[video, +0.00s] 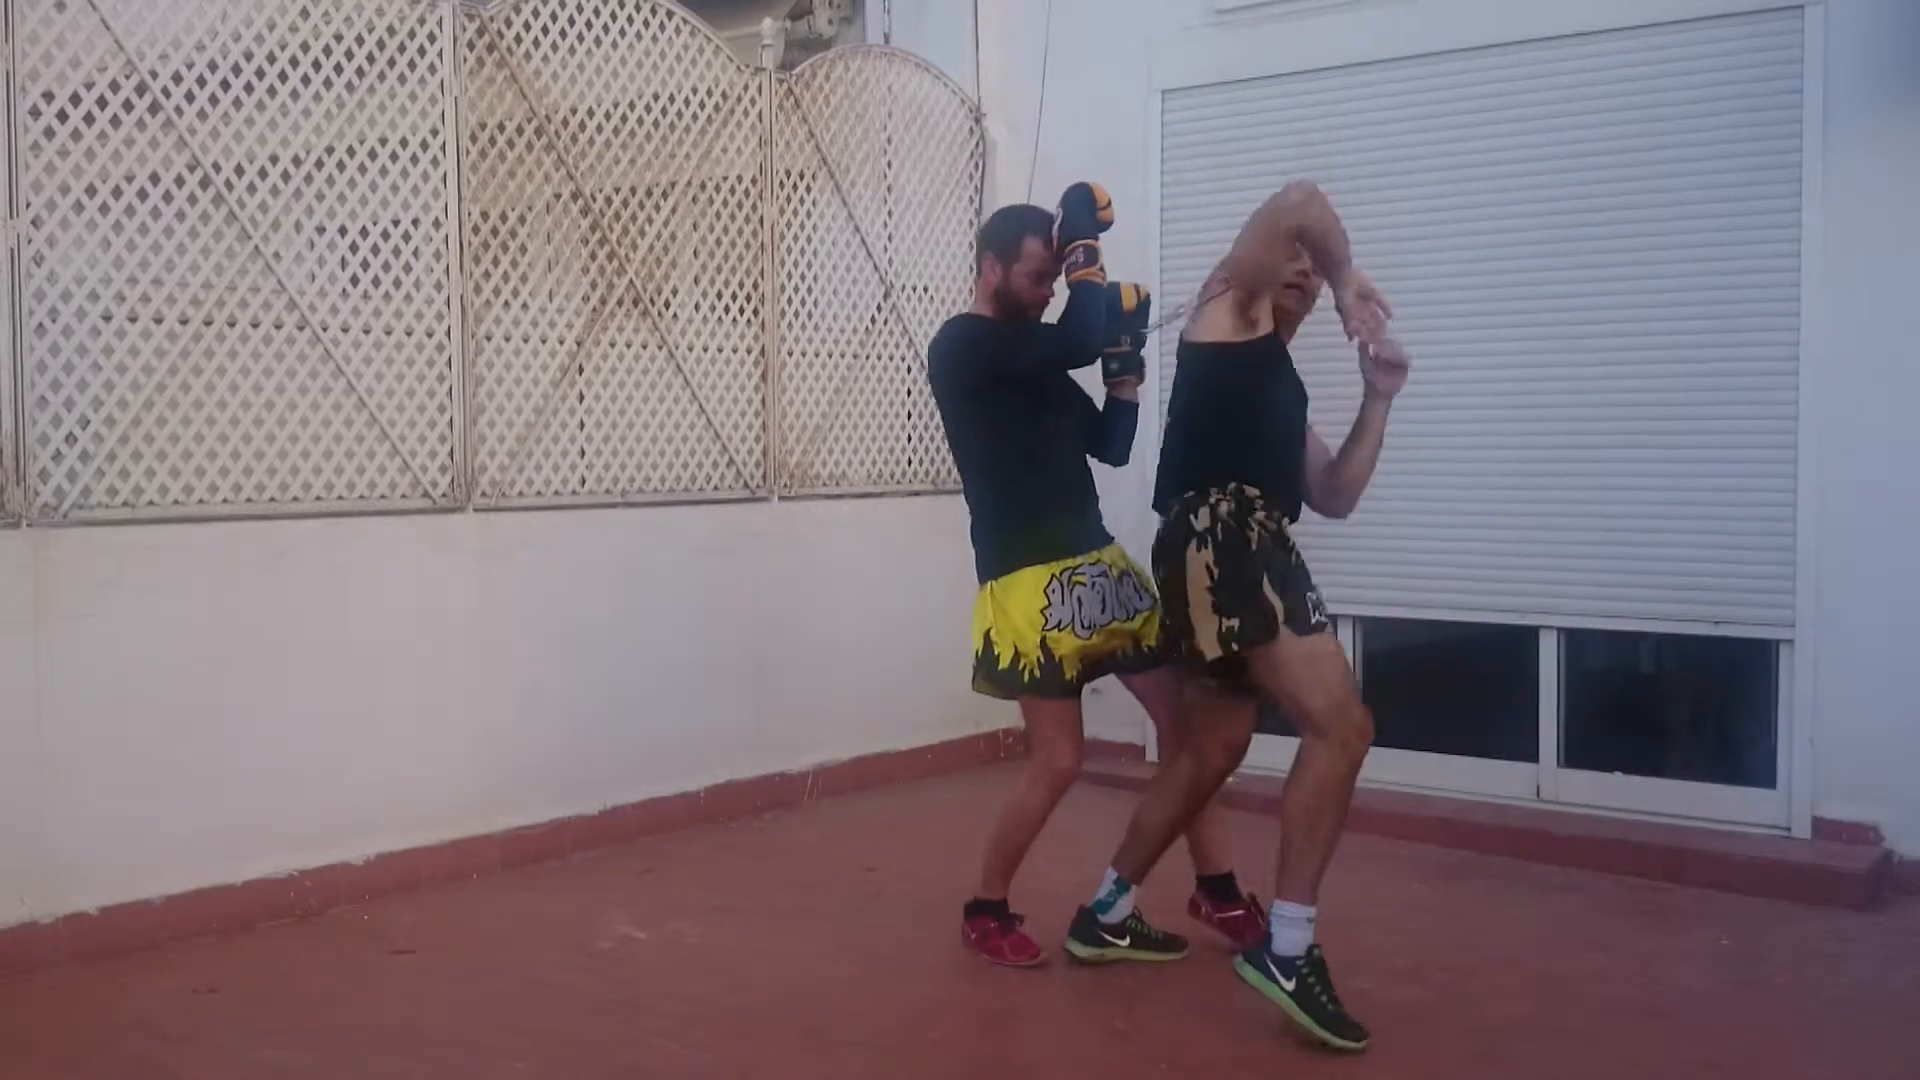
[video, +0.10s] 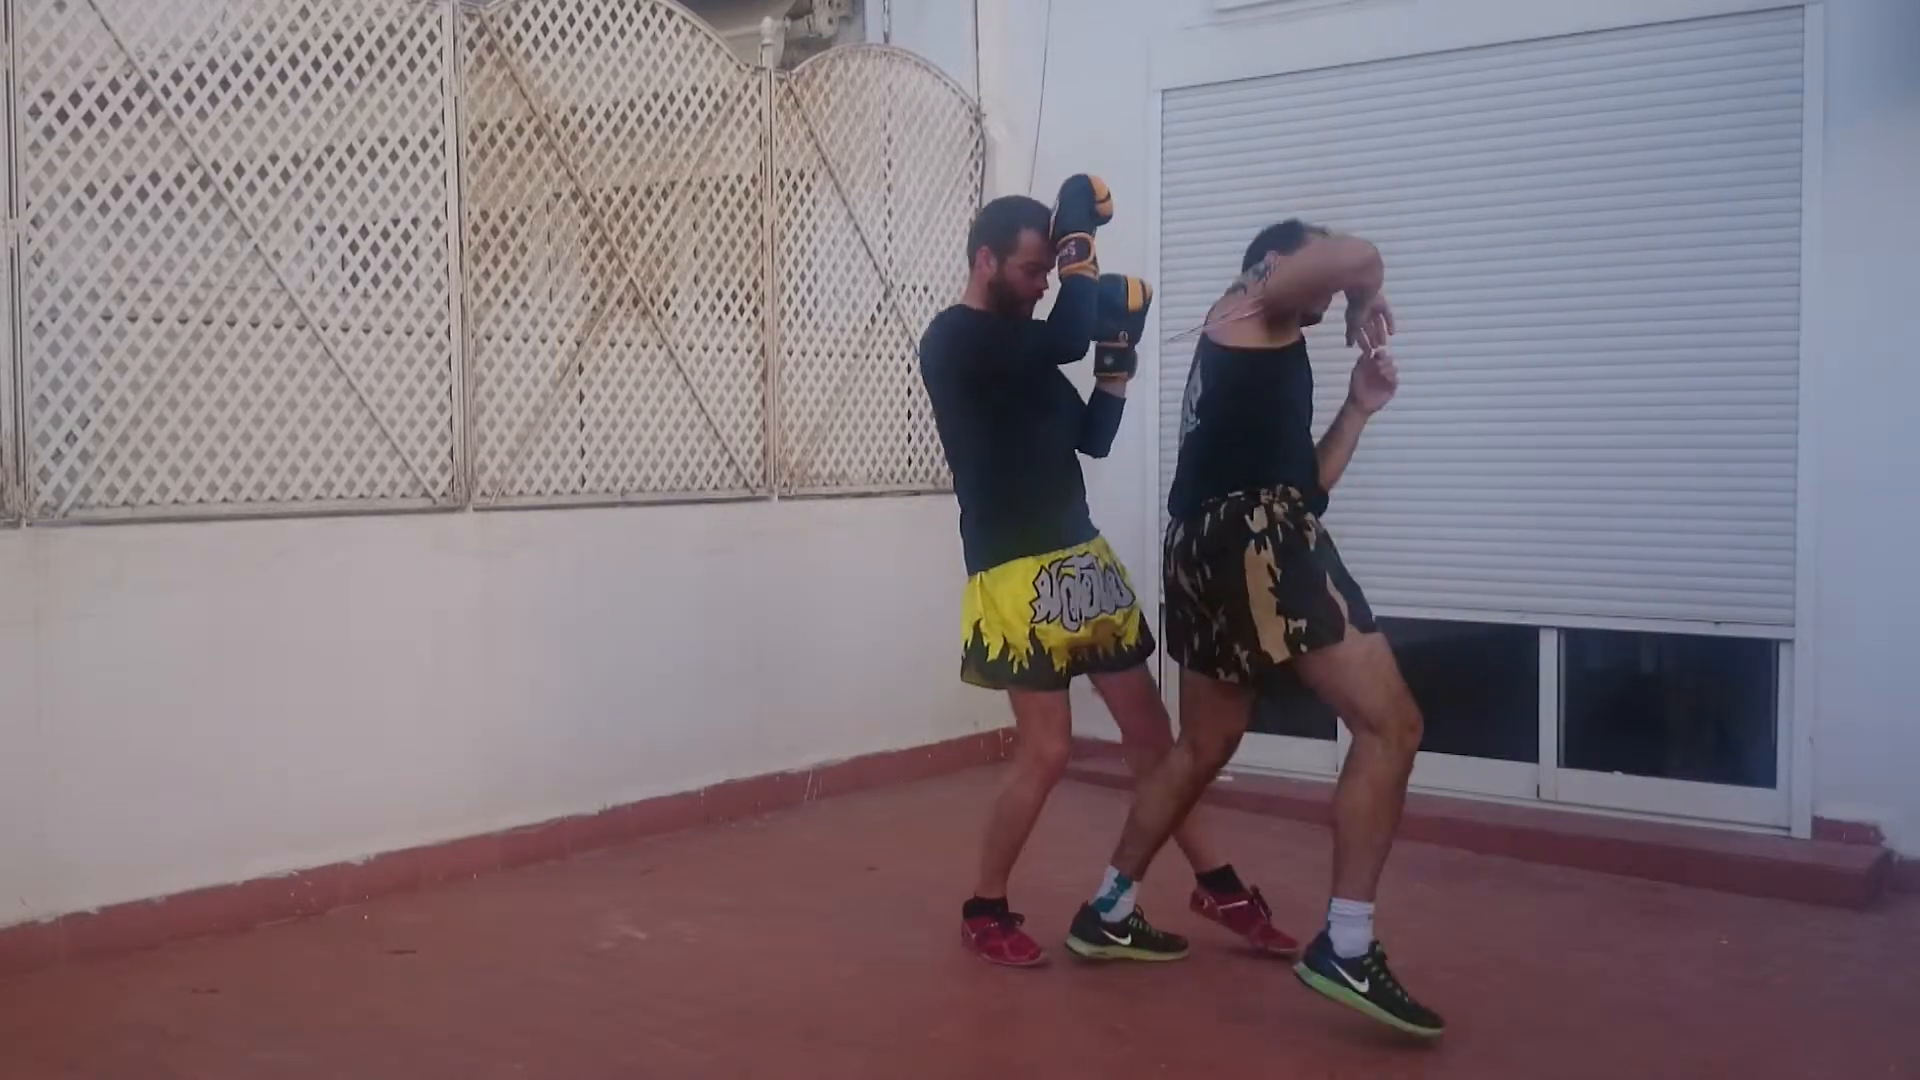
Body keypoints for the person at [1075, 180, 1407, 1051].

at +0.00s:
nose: (1308, 289)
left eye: (1314, 286)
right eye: (1297, 274)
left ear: (1306, 304)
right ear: (1263, 268)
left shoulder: (1277, 388)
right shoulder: (1229, 304)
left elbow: (1333, 493)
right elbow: (1298, 199)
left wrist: (1379, 396)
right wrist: (1346, 280)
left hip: (1213, 551)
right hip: (1231, 540)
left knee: (1210, 751)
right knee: (1342, 727)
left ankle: (1105, 911)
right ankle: (1287, 948)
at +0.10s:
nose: (1324, 287)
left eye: (1324, 269)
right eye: (1322, 264)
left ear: (1267, 269)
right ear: (1281, 264)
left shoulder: (1257, 349)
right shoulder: (1254, 303)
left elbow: (1305, 487)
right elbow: (1358, 253)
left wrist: (1357, 408)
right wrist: (1366, 303)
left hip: (1204, 547)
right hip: (1265, 539)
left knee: (1203, 744)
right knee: (1390, 725)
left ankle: (1108, 906)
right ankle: (1346, 948)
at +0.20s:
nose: (1349, 282)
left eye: (1347, 270)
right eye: (1344, 267)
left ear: (1273, 270)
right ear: (1314, 263)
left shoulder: (1212, 353)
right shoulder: (1296, 311)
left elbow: (1294, 423)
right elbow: (1415, 366)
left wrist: (1358, 381)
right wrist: (1354, 319)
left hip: (1218, 563)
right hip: (1311, 551)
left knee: (1200, 743)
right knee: (1413, 744)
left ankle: (1111, 906)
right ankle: (1439, 973)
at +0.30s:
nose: (1368, 288)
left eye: (1360, 277)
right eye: (1369, 276)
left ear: (1292, 278)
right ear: (1362, 275)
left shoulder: (1237, 345)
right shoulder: (1371, 331)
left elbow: (1220, 467)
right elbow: (1456, 457)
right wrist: (1420, 374)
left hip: (1255, 567)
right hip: (1363, 567)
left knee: (1207, 741)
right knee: (1438, 765)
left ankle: (1120, 908)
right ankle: (1453, 994)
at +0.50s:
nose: (1338, 272)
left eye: (1340, 258)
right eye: (1340, 259)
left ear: (1362, 256)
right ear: (1424, 262)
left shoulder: (1327, 329)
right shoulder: (1489, 343)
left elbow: (1256, 454)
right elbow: (1520, 483)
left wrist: (1312, 394)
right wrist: (1471, 413)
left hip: (1348, 570)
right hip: (1464, 577)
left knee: (1271, 749)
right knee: (1466, 782)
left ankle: (1236, 952)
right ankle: (1457, 994)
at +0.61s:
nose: (1338, 245)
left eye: (1340, 232)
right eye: (1338, 232)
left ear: (1366, 220)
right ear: (1423, 221)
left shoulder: (1354, 294)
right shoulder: (1505, 302)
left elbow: (1300, 429)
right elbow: (1537, 440)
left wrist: (1323, 339)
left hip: (1384, 544)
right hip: (1493, 549)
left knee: (1313, 742)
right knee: (1475, 767)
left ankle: (1342, 965)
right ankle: (1473, 984)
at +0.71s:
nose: (1339, 221)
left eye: (1342, 206)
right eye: (1339, 207)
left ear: (1373, 201)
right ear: (1430, 198)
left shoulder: (1368, 276)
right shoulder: (1513, 273)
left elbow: (1322, 415)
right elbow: (1549, 406)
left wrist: (1305, 345)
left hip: (1404, 531)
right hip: (1512, 530)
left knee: (1369, 764)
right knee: (1507, 757)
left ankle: (1435, 984)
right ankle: (1525, 973)